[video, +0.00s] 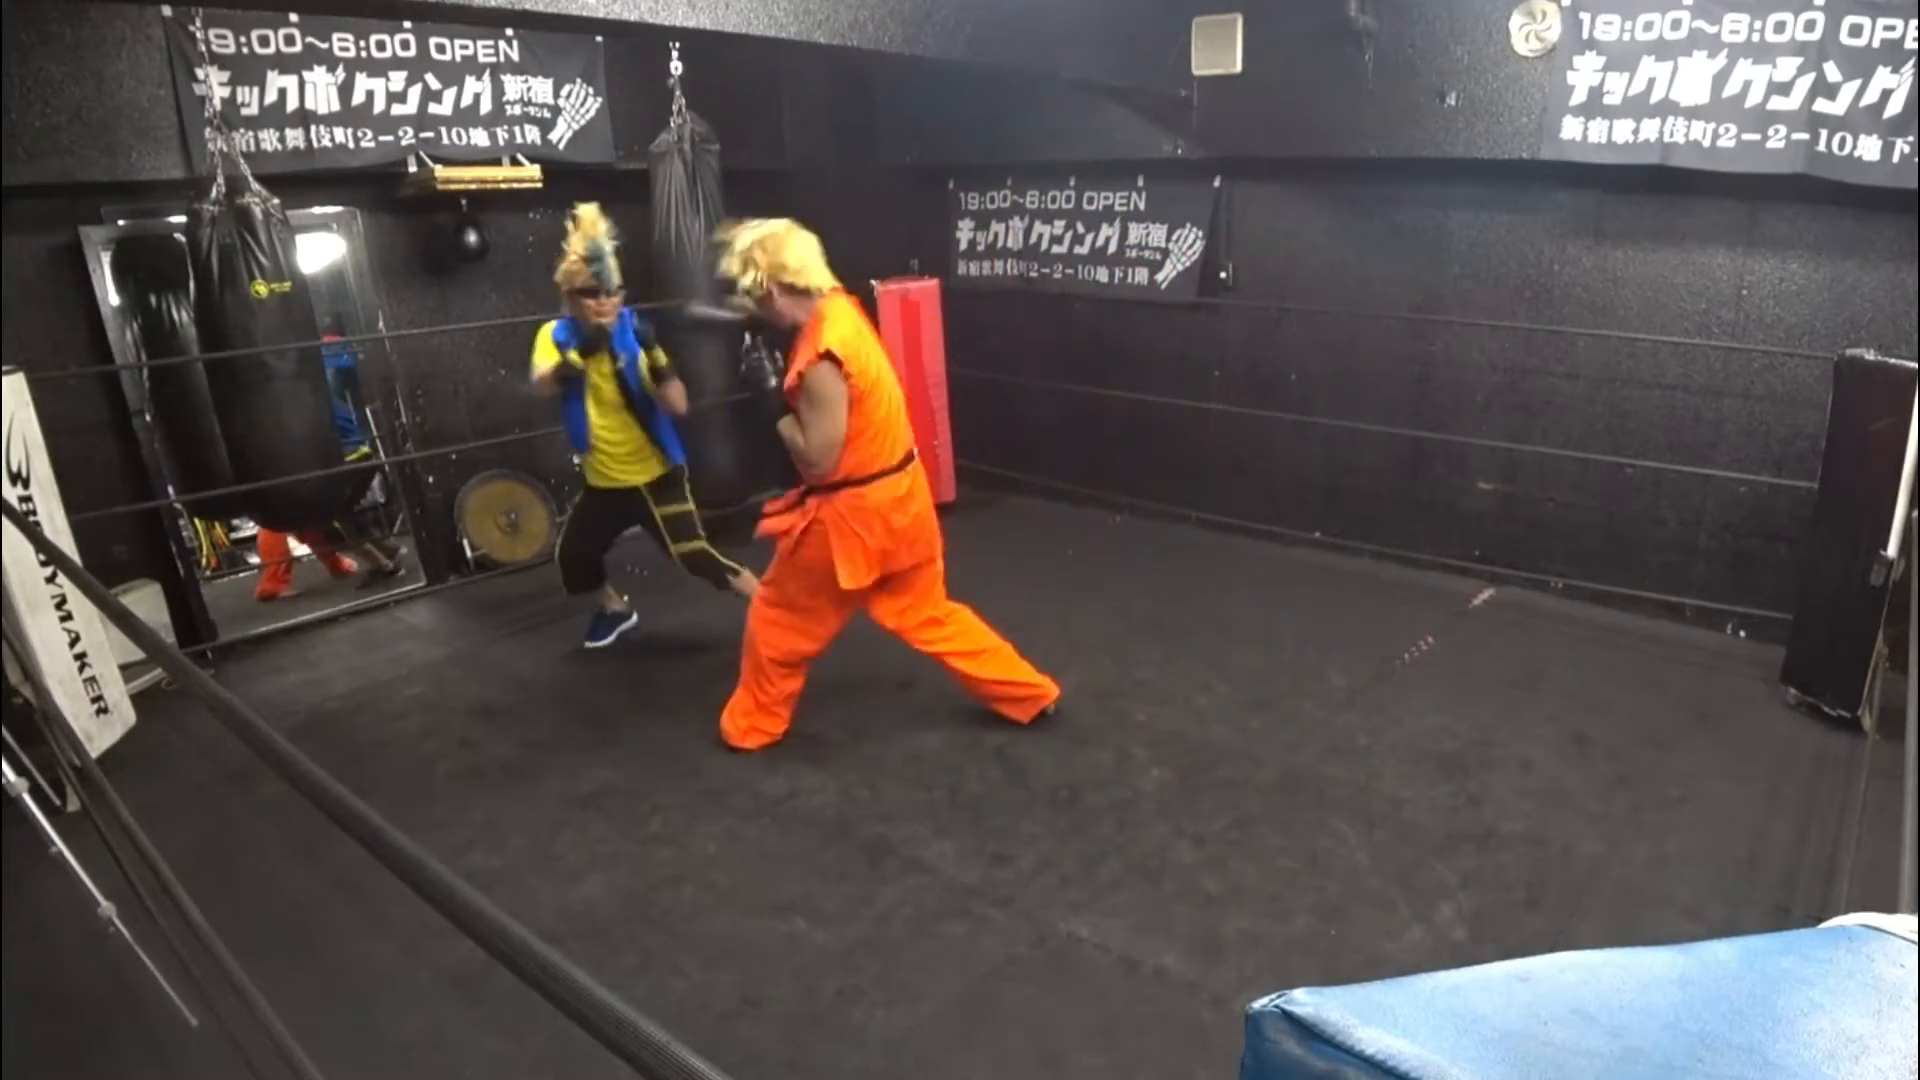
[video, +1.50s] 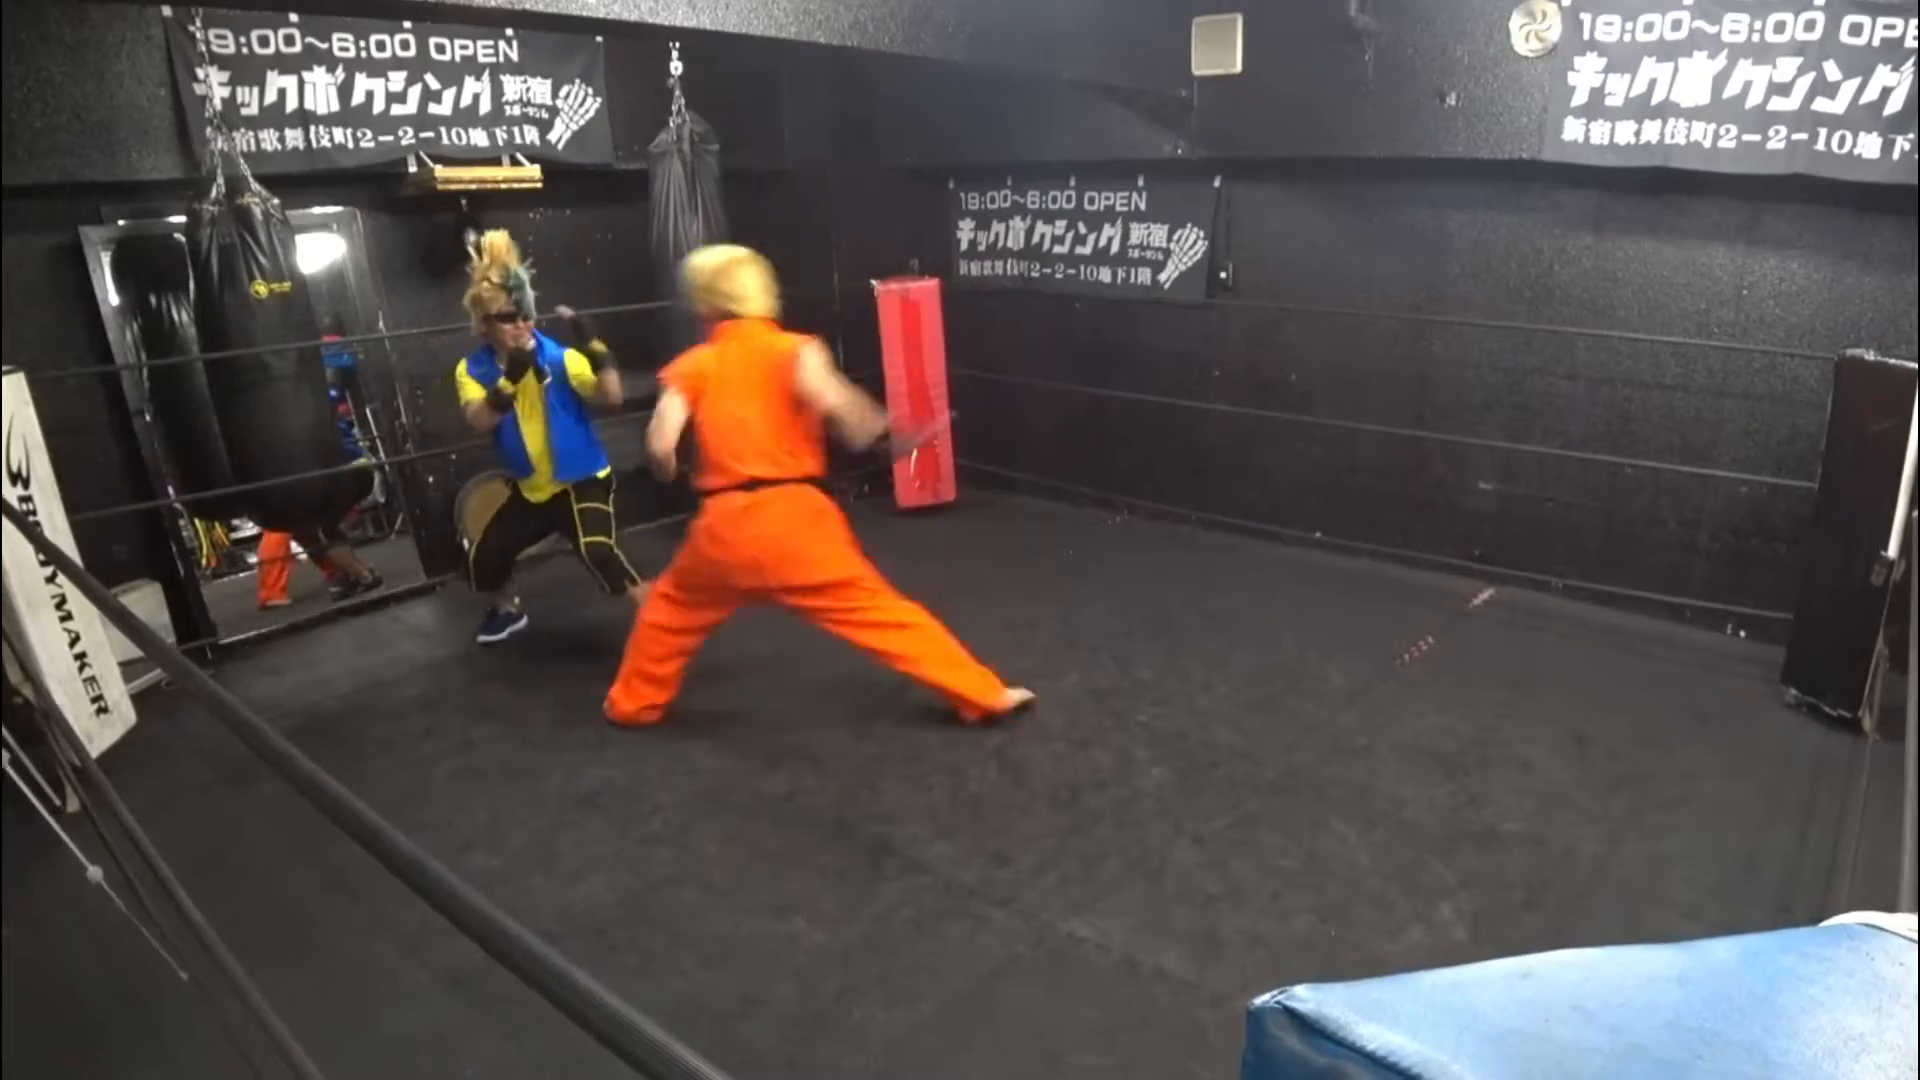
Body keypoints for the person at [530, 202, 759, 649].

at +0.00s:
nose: (601, 303)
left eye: (609, 293)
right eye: (590, 295)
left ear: (621, 294)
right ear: (569, 299)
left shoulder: (635, 332)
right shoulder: (554, 336)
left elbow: (677, 404)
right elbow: (541, 387)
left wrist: (652, 360)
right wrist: (572, 363)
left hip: (656, 475)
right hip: (602, 480)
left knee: (694, 555)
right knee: (574, 561)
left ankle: (772, 606)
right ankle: (615, 608)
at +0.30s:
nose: (553, 333)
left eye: (560, 322)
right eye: (541, 324)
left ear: (571, 320)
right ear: (523, 330)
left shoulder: (592, 349)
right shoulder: (526, 372)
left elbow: (628, 381)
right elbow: (515, 424)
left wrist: (592, 333)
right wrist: (522, 400)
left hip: (643, 478)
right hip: (592, 493)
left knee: (635, 554)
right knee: (561, 566)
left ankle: (668, 631)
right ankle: (614, 608)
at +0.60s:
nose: (537, 287)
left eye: (544, 275)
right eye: (525, 278)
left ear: (557, 277)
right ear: (507, 283)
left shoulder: (586, 327)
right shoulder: (501, 328)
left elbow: (617, 399)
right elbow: (502, 397)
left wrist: (615, 376)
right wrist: (492, 385)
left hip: (601, 453)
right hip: (548, 457)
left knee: (624, 545)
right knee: (520, 550)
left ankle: (665, 629)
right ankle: (564, 597)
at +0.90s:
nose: (508, 329)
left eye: (513, 319)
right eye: (496, 322)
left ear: (526, 318)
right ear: (481, 326)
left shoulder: (547, 355)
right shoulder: (473, 368)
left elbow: (590, 391)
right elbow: (453, 419)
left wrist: (567, 347)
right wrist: (459, 382)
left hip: (576, 482)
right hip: (521, 492)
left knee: (593, 554)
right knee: (486, 566)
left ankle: (662, 630)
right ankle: (503, 613)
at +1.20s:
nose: (501, 339)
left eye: (505, 329)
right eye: (489, 332)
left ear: (515, 329)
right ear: (470, 339)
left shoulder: (540, 365)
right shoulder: (467, 386)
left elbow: (589, 402)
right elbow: (451, 441)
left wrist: (564, 378)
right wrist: (451, 409)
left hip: (577, 489)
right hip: (525, 501)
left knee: (596, 556)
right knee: (484, 573)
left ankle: (664, 631)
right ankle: (504, 612)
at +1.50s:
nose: (520, 326)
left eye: (525, 316)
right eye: (508, 319)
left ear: (533, 317)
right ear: (485, 325)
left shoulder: (558, 356)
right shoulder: (473, 370)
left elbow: (610, 399)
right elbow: (480, 422)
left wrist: (597, 350)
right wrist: (511, 380)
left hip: (583, 482)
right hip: (532, 491)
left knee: (597, 552)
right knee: (484, 562)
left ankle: (657, 616)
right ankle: (509, 609)